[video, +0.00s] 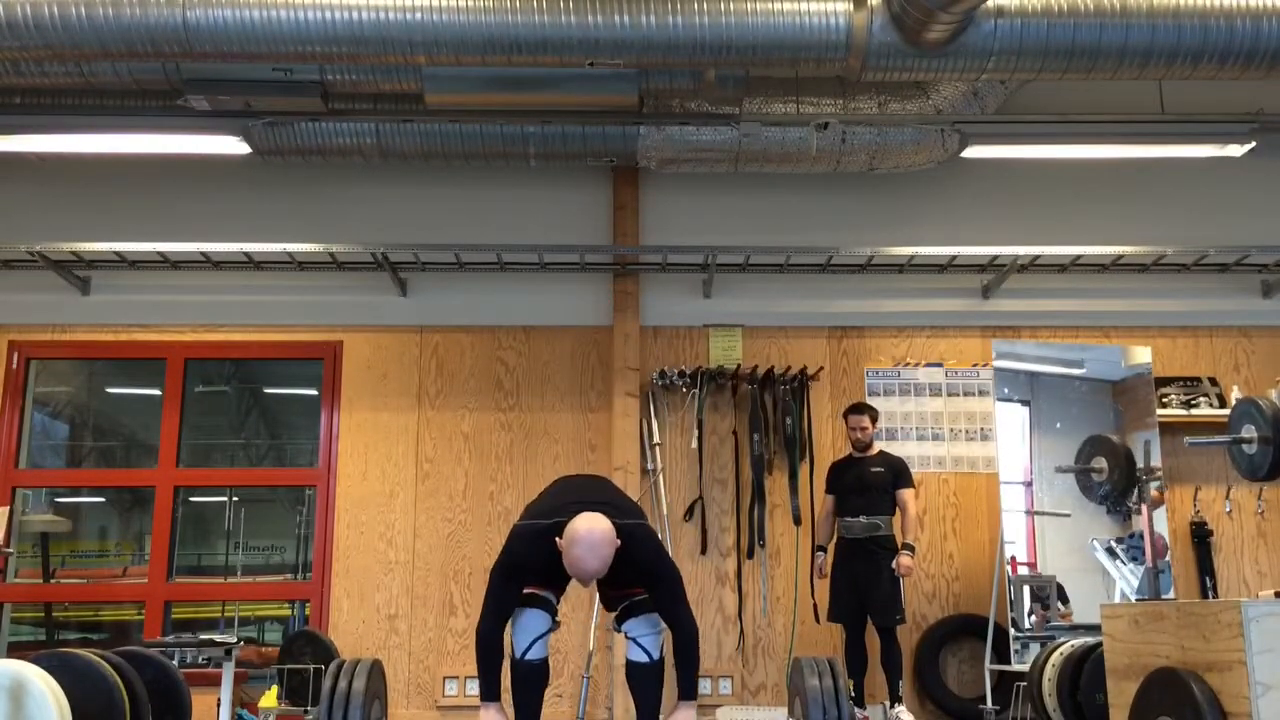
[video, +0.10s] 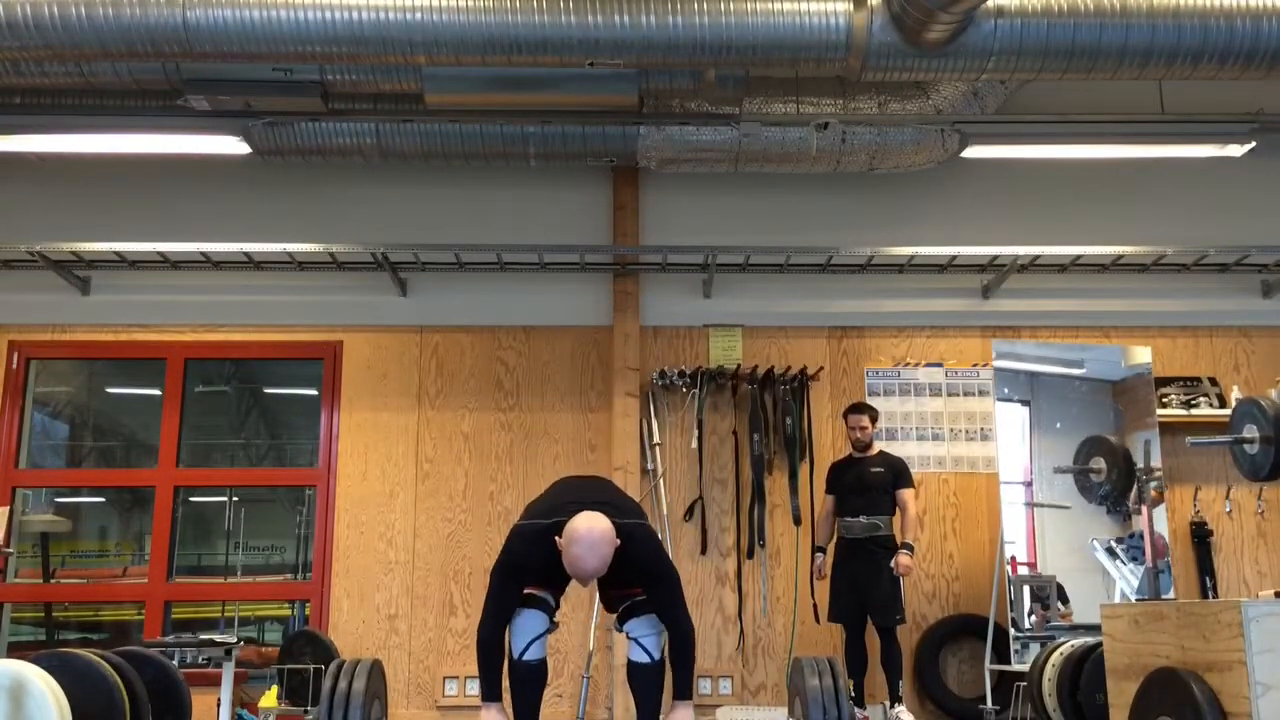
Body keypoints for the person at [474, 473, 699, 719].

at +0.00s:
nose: (586, 583)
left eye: (596, 575)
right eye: (578, 575)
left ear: (616, 547)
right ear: (560, 546)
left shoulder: (641, 544)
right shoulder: (525, 541)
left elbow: (684, 624)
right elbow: (489, 625)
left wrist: (687, 703)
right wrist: (490, 704)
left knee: (646, 631)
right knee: (528, 627)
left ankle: (646, 716)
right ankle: (528, 716)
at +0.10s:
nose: (586, 583)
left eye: (595, 575)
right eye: (577, 575)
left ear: (615, 546)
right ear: (560, 545)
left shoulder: (641, 544)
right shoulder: (525, 542)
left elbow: (681, 625)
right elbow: (490, 625)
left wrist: (683, 703)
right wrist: (491, 704)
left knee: (647, 631)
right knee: (526, 626)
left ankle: (647, 715)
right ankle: (528, 715)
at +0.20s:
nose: (585, 583)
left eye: (595, 575)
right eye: (575, 575)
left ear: (615, 545)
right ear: (559, 543)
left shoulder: (641, 545)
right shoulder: (524, 543)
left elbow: (681, 626)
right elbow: (487, 627)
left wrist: (682, 704)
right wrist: (490, 706)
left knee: (650, 633)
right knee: (525, 626)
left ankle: (646, 717)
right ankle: (527, 717)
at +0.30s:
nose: (584, 581)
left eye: (593, 574)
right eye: (575, 573)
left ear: (614, 544)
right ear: (558, 541)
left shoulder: (641, 543)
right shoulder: (524, 542)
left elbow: (683, 625)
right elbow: (487, 627)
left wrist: (681, 702)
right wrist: (490, 705)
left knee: (647, 630)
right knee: (527, 626)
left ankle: (645, 716)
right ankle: (528, 716)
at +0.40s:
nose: (582, 574)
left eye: (592, 566)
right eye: (574, 566)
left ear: (613, 535)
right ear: (557, 535)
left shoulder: (639, 539)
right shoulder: (523, 537)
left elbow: (676, 625)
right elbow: (492, 627)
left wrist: (680, 702)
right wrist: (491, 705)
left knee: (636, 630)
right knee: (533, 624)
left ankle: (643, 715)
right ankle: (528, 715)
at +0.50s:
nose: (581, 563)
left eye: (591, 554)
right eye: (572, 553)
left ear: (611, 529)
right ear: (557, 526)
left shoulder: (638, 535)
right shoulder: (524, 535)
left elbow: (676, 623)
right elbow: (494, 625)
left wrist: (680, 704)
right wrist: (490, 705)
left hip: (613, 549)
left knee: (639, 630)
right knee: (530, 626)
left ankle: (643, 716)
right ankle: (527, 715)